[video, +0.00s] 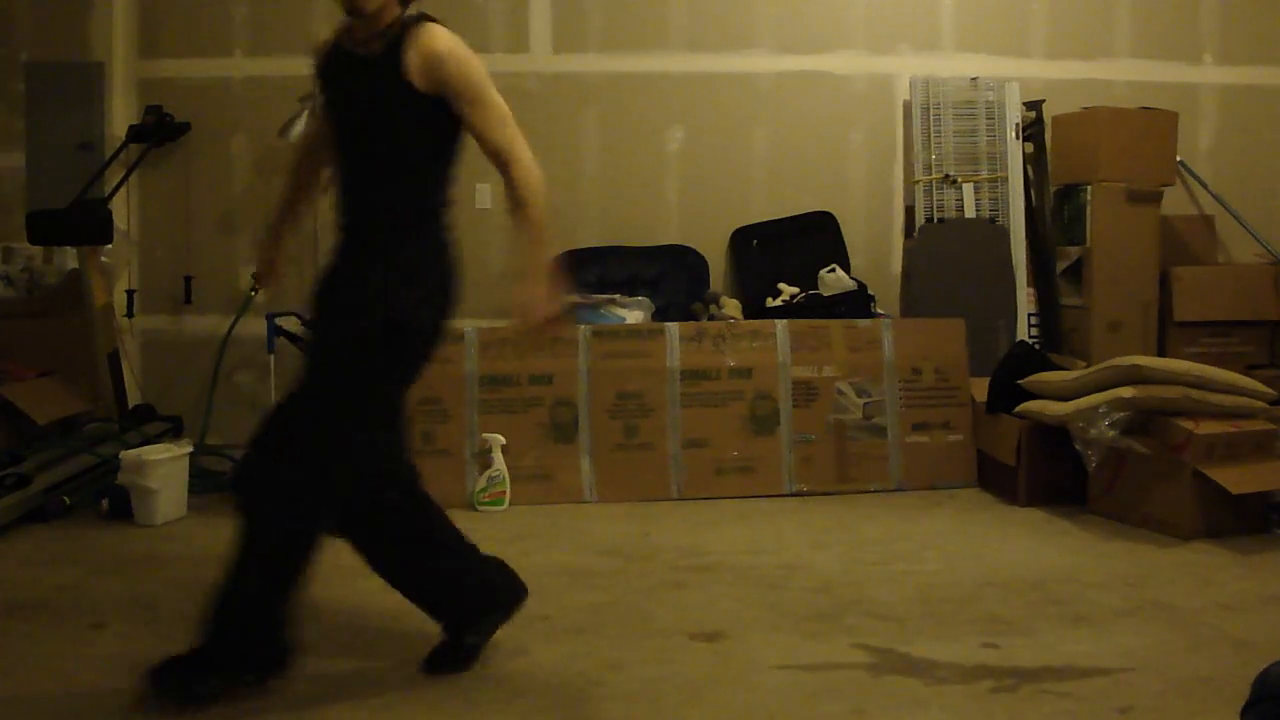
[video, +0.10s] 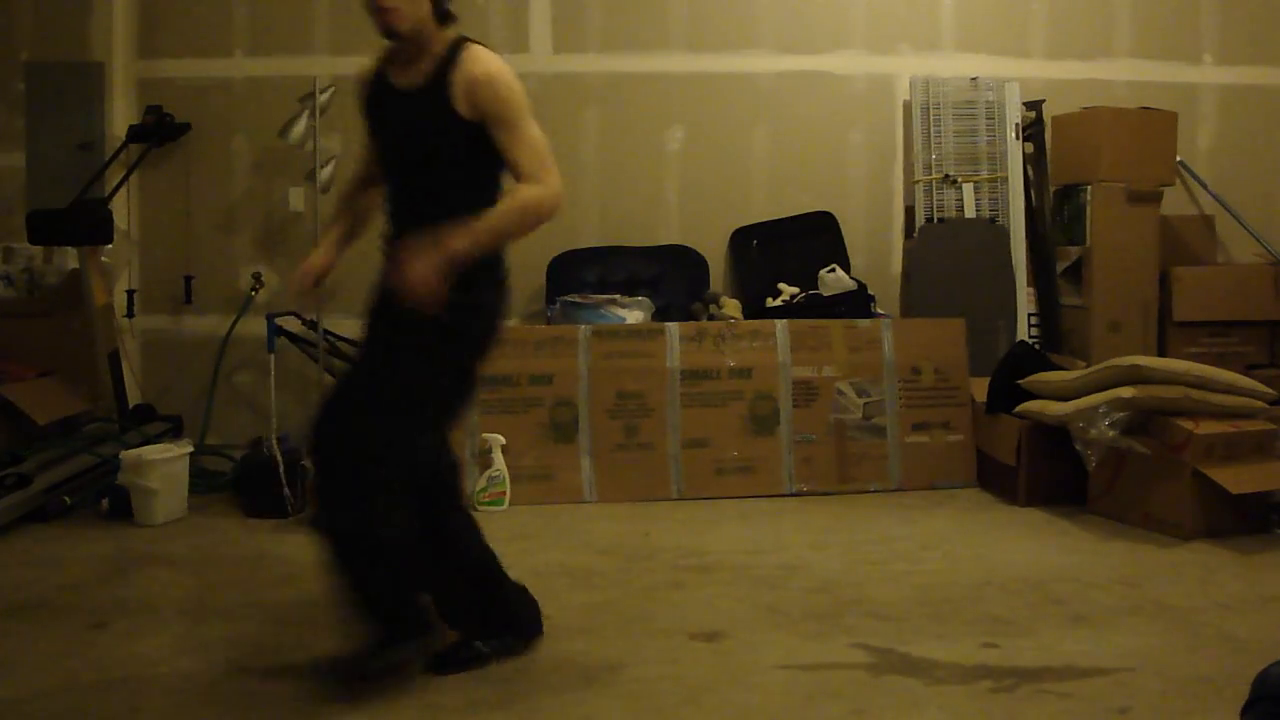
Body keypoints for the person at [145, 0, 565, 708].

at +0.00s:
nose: (360, 5)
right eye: (351, 0)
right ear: (344, 3)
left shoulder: (433, 49)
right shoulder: (339, 56)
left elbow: (517, 160)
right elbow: (315, 155)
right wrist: (273, 244)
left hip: (409, 285)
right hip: (352, 284)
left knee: (288, 460)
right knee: (352, 464)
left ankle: (243, 647)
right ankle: (473, 592)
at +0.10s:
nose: (381, 7)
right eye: (374, 1)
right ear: (372, 10)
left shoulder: (479, 71)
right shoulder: (381, 78)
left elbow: (544, 189)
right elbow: (369, 179)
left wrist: (446, 246)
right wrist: (329, 248)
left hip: (465, 291)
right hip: (404, 287)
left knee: (351, 437)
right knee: (402, 451)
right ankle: (498, 614)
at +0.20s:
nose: (418, 5)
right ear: (408, 8)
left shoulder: (514, 67)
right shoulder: (409, 68)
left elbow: (560, 188)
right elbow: (405, 186)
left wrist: (457, 159)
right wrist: (408, 167)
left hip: (505, 276)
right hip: (443, 272)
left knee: (450, 445)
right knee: (425, 447)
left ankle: (530, 555)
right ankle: (495, 623)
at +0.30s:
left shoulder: (542, 44)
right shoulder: (431, 45)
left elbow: (561, 168)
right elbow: (436, 127)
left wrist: (493, 131)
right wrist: (438, 158)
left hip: (544, 249)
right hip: (479, 247)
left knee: (533, 416)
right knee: (468, 413)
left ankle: (551, 596)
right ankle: (517, 593)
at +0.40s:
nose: (497, 8)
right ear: (476, 5)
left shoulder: (577, 65)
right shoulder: (462, 65)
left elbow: (571, 178)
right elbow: (456, 149)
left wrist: (509, 172)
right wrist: (472, 177)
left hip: (574, 264)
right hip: (505, 263)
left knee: (579, 427)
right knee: (518, 431)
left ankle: (555, 608)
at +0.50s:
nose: (544, 17)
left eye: (559, 5)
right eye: (531, 4)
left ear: (584, 13)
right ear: (513, 14)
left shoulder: (614, 96)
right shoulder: (483, 90)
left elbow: (606, 193)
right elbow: (462, 192)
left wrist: (566, 244)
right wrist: (513, 199)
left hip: (598, 278)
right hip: (524, 280)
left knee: (601, 441)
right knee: (562, 434)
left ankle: (587, 634)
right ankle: (632, 542)